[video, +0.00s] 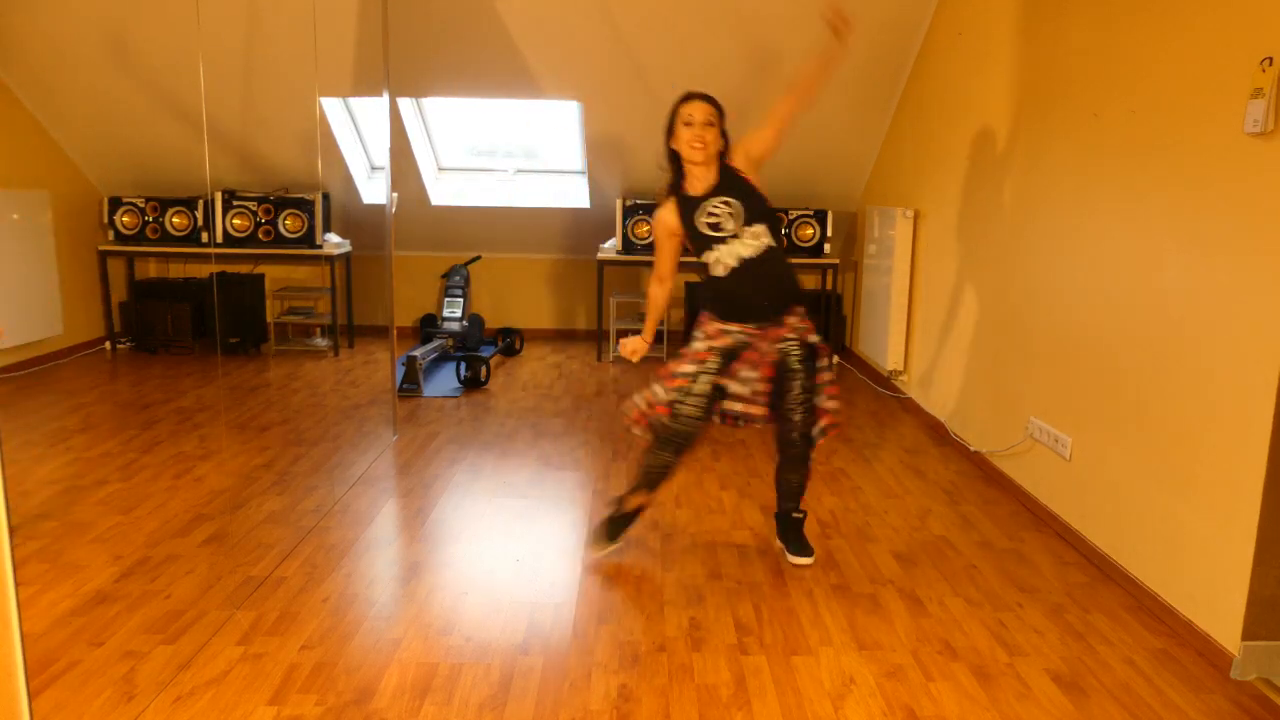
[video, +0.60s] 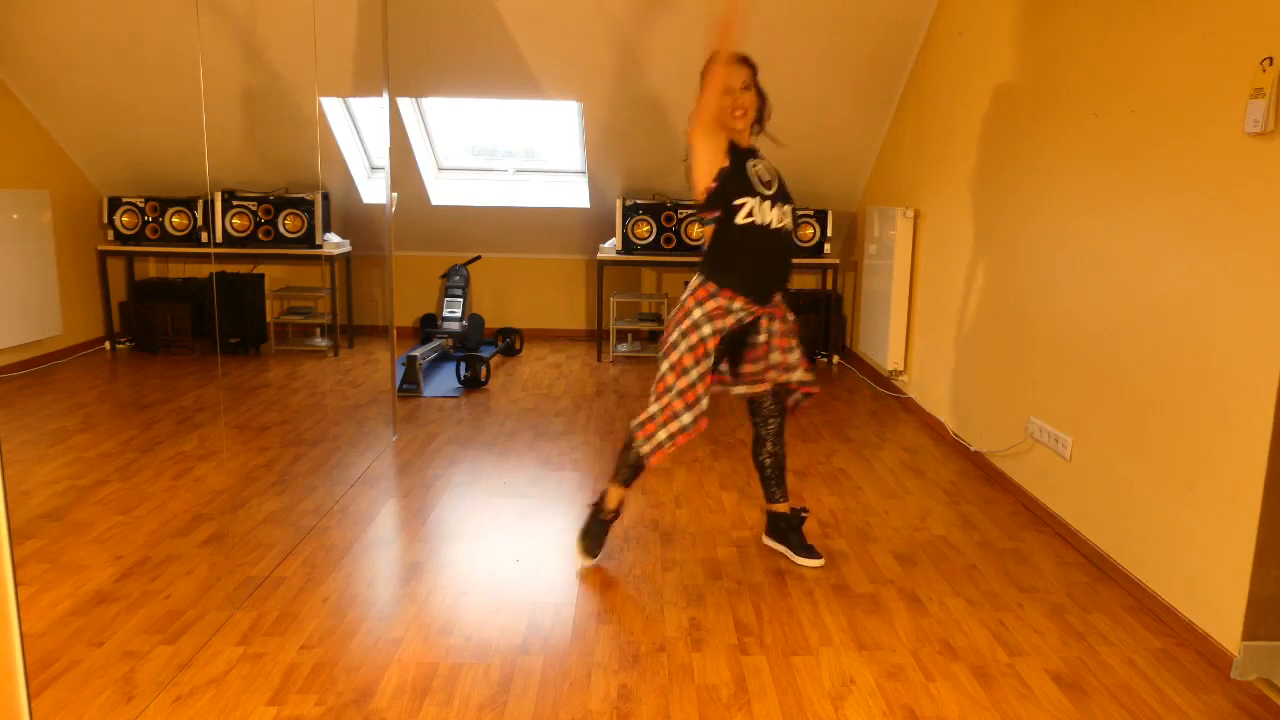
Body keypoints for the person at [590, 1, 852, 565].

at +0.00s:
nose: (699, 132)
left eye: (708, 124)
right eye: (689, 124)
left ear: (722, 135)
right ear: (672, 138)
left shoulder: (743, 166)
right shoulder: (672, 214)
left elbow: (794, 101)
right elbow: (661, 280)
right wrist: (646, 334)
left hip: (786, 319)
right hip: (724, 326)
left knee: (798, 429)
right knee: (681, 423)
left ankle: (791, 517)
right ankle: (633, 504)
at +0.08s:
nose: (712, 137)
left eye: (722, 129)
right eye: (701, 128)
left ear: (734, 142)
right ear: (683, 142)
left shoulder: (753, 176)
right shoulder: (681, 219)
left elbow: (808, 140)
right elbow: (670, 284)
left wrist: (857, 104)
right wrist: (655, 344)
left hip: (798, 326)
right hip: (741, 333)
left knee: (806, 438)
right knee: (730, 445)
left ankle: (791, 518)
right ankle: (681, 477)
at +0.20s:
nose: (728, 141)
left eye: (737, 132)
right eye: (716, 132)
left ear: (748, 142)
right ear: (699, 144)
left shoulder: (761, 189)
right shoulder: (701, 213)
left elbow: (806, 200)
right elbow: (699, 290)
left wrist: (845, 206)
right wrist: (699, 365)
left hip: (802, 330)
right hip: (754, 342)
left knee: (813, 441)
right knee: (796, 448)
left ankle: (793, 519)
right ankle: (766, 508)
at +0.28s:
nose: (736, 134)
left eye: (744, 125)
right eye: (723, 126)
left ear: (756, 136)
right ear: (707, 140)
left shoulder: (762, 193)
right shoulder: (714, 198)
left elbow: (792, 248)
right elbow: (740, 275)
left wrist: (832, 257)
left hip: (800, 322)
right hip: (754, 327)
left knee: (811, 432)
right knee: (773, 429)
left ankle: (794, 516)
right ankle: (758, 505)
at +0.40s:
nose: (743, 107)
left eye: (751, 97)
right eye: (730, 100)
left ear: (764, 107)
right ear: (716, 116)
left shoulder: (776, 166)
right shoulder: (718, 166)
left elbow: (827, 173)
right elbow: (741, 173)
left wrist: (855, 162)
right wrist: (761, 175)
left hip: (787, 303)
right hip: (736, 303)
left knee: (794, 400)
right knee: (732, 404)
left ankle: (787, 515)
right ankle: (711, 494)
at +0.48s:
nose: (744, 92)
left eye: (753, 84)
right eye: (730, 86)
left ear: (767, 92)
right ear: (713, 99)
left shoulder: (768, 148)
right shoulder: (719, 142)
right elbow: (766, 107)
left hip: (779, 298)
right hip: (728, 296)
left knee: (784, 410)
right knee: (698, 410)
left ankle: (786, 515)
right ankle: (656, 505)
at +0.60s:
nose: (740, 100)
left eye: (747, 91)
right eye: (728, 92)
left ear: (758, 103)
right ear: (707, 103)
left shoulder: (758, 160)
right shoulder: (709, 151)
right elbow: (715, 69)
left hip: (764, 309)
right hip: (714, 304)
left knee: (769, 420)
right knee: (669, 410)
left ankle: (780, 519)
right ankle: (608, 505)